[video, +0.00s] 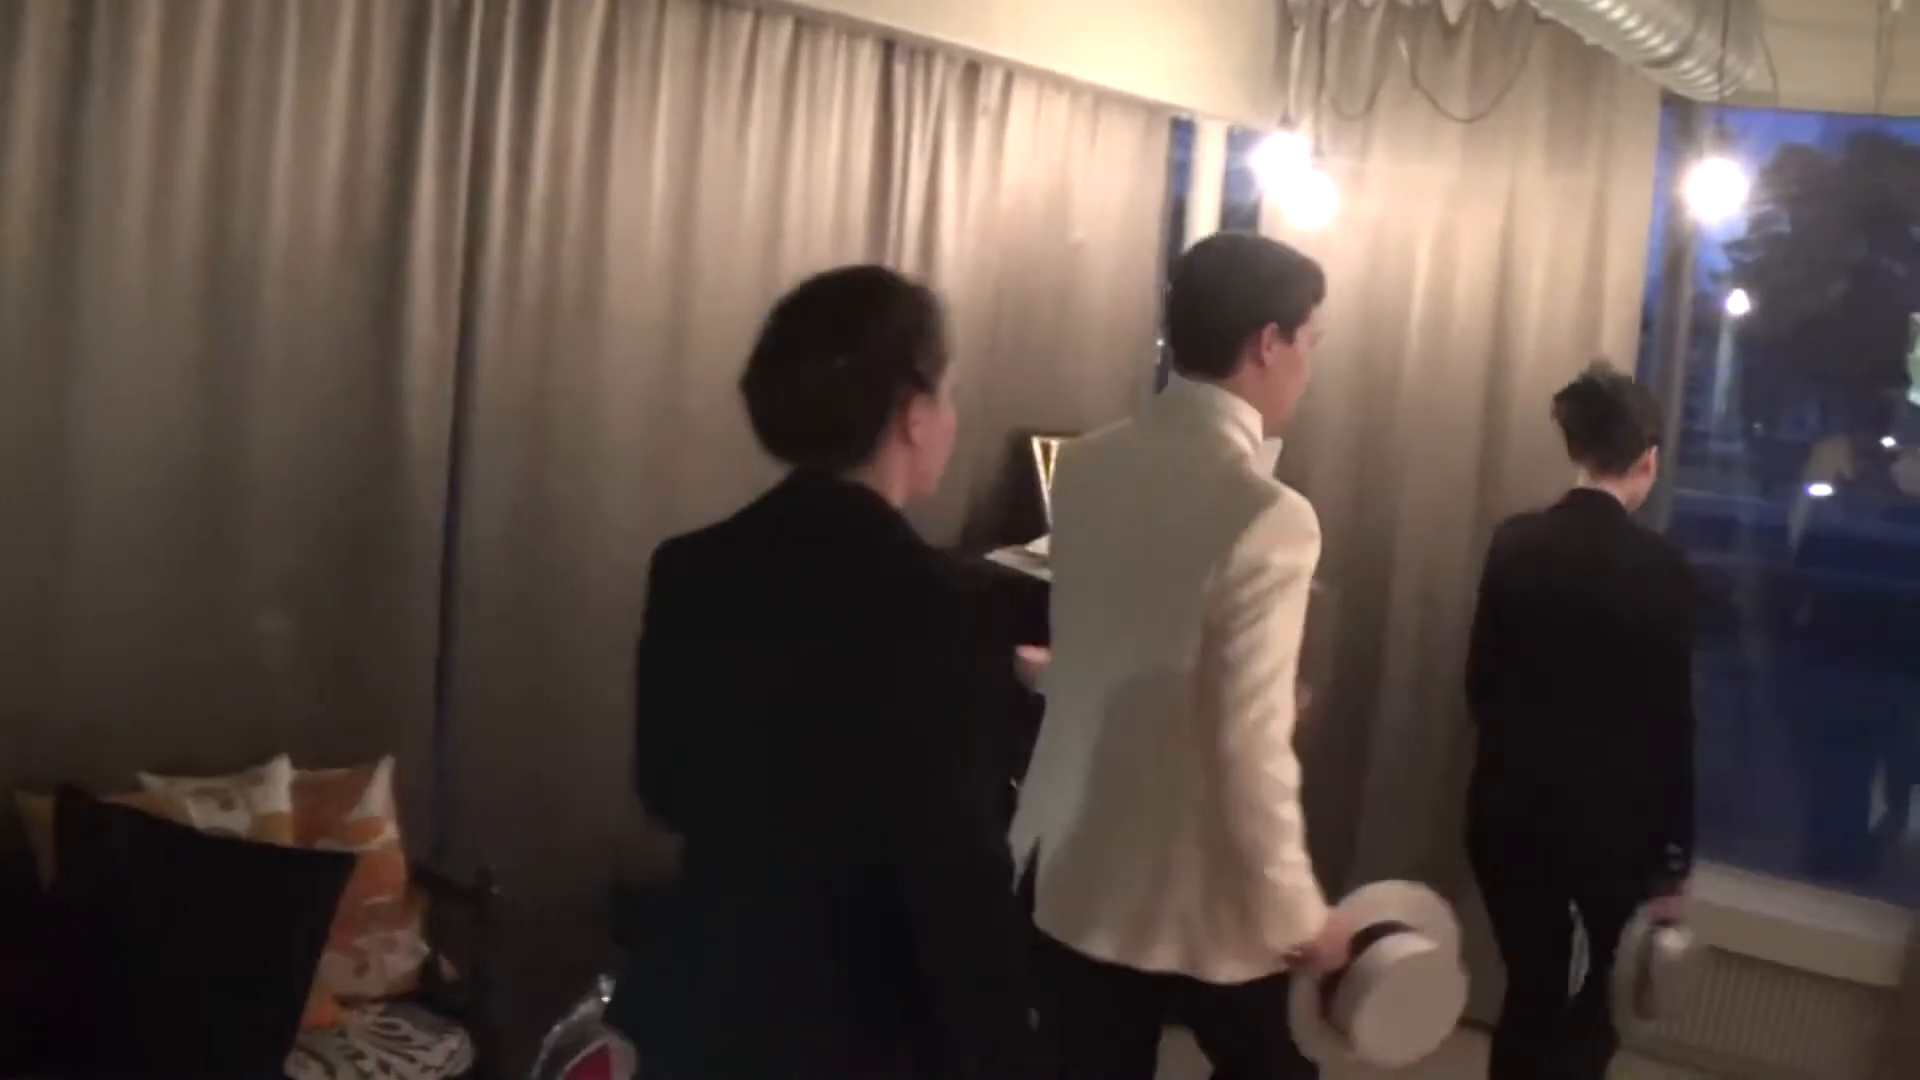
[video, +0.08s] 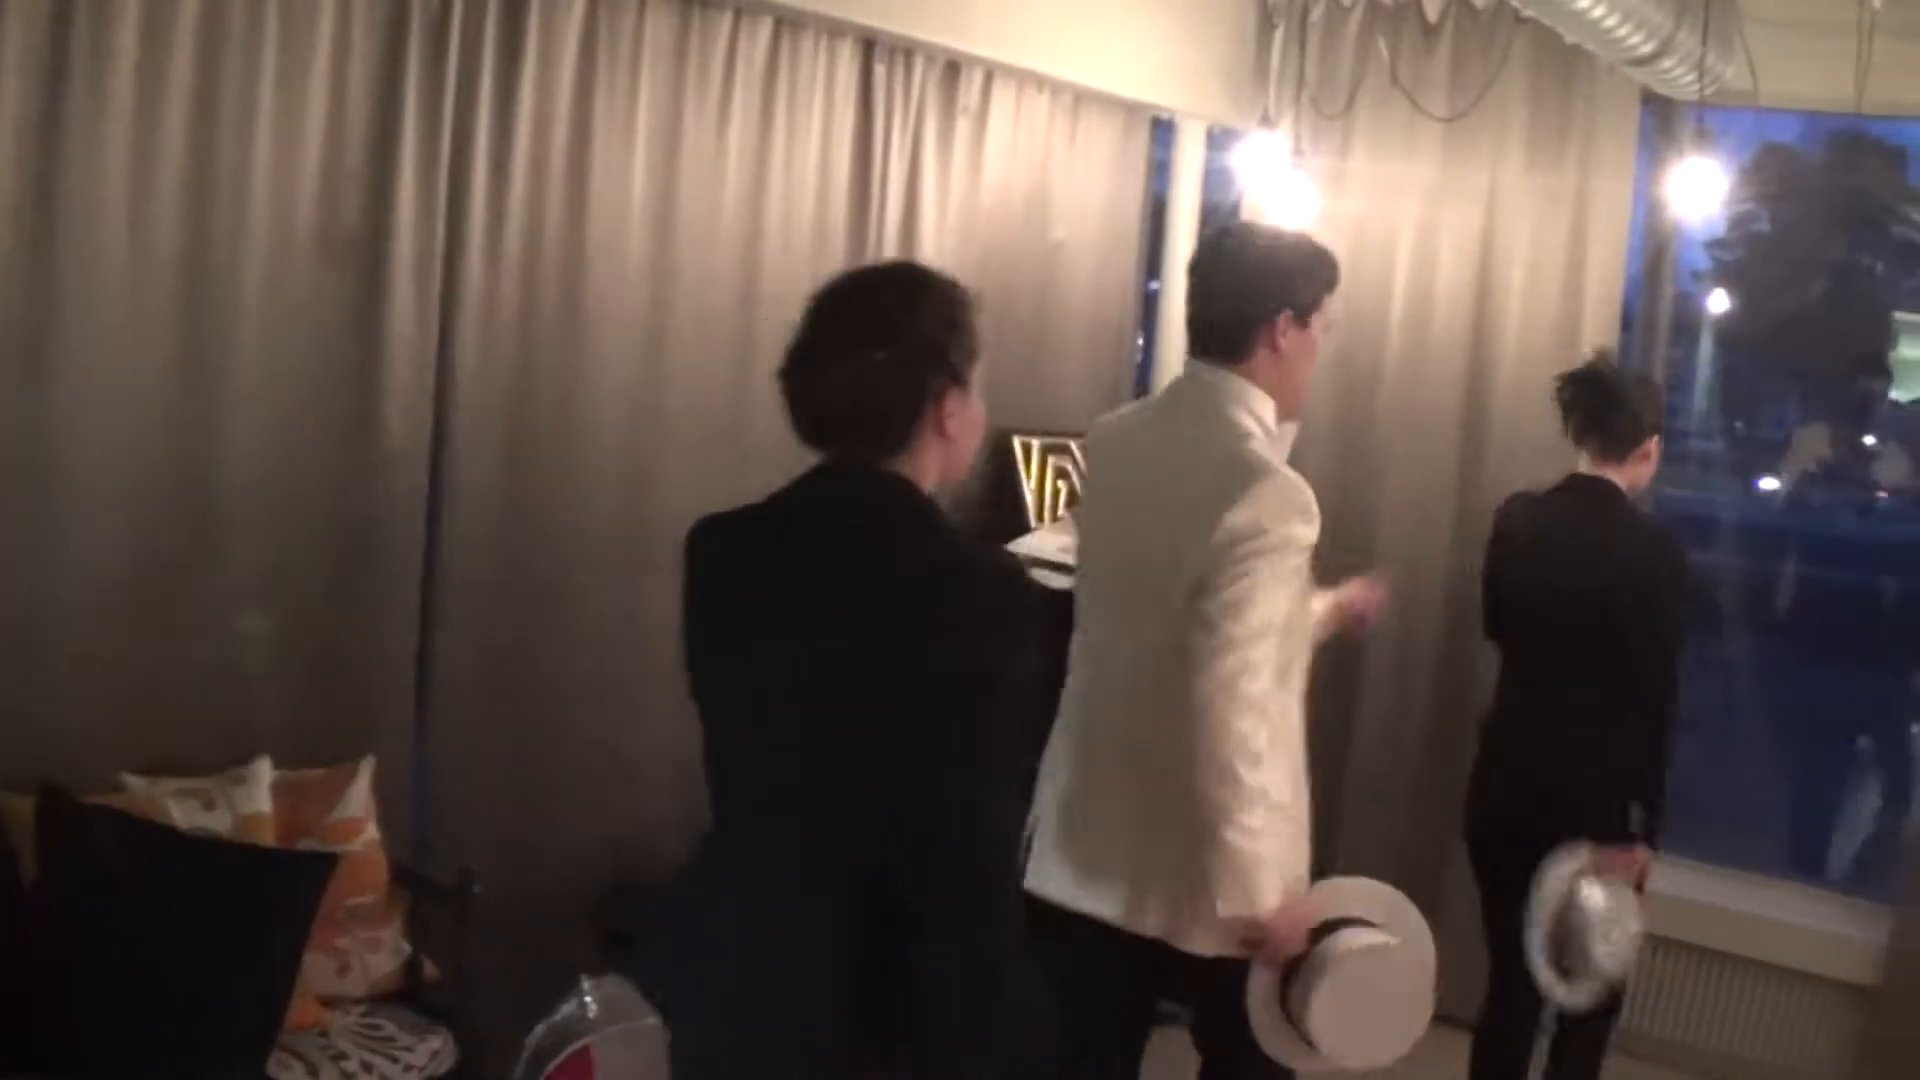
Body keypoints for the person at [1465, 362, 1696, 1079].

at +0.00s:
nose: (1657, 472)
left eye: (1650, 456)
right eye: (1657, 459)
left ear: (1573, 450)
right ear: (1646, 463)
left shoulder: (1516, 542)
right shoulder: (1658, 565)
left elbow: (1481, 684)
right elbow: (1673, 724)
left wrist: (1510, 762)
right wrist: (1673, 862)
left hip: (1511, 812)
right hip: (1613, 819)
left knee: (1530, 985)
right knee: (1606, 987)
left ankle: (1516, 1075)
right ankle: (1570, 1070)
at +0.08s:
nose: (1660, 457)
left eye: (1656, 441)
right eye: (1659, 444)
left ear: (1580, 434)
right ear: (1648, 449)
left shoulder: (1518, 519)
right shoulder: (1652, 549)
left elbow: (1496, 625)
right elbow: (1652, 697)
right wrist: (1642, 823)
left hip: (1504, 787)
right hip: (1598, 802)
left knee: (1508, 984)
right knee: (1589, 997)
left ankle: (1493, 1072)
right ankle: (1562, 1075)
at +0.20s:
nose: (1664, 463)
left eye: (1665, 450)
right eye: (1665, 450)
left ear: (1585, 441)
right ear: (1650, 455)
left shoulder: (1526, 516)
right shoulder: (1652, 543)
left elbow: (1532, 606)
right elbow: (1637, 659)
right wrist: (1616, 759)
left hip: (1519, 742)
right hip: (1604, 762)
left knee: (1508, 957)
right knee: (1577, 959)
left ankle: (1489, 1065)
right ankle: (1549, 1068)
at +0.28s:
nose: (1674, 463)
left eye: (1675, 450)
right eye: (1674, 450)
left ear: (1594, 443)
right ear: (1659, 456)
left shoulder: (1536, 517)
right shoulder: (1656, 542)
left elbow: (1533, 614)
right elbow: (1640, 656)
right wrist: (1623, 754)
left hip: (1528, 734)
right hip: (1613, 755)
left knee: (1513, 951)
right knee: (1582, 960)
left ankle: (1478, 1066)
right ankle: (1549, 1070)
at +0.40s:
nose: (1679, 465)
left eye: (1679, 451)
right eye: (1677, 451)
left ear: (1592, 450)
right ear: (1658, 458)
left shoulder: (1551, 523)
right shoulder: (1657, 545)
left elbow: (1529, 641)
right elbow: (1650, 688)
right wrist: (1643, 812)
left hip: (1540, 748)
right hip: (1611, 767)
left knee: (1523, 909)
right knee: (1591, 941)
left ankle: (1459, 1035)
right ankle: (1548, 1068)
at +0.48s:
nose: (1681, 466)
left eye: (1680, 452)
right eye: (1676, 453)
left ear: (1599, 454)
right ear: (1649, 459)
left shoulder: (1562, 525)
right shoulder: (1649, 543)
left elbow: (1535, 647)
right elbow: (1663, 686)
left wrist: (1545, 743)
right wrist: (1675, 806)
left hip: (1558, 747)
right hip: (1624, 761)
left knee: (1562, 898)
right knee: (1586, 933)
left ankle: (1464, 996)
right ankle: (1541, 1064)